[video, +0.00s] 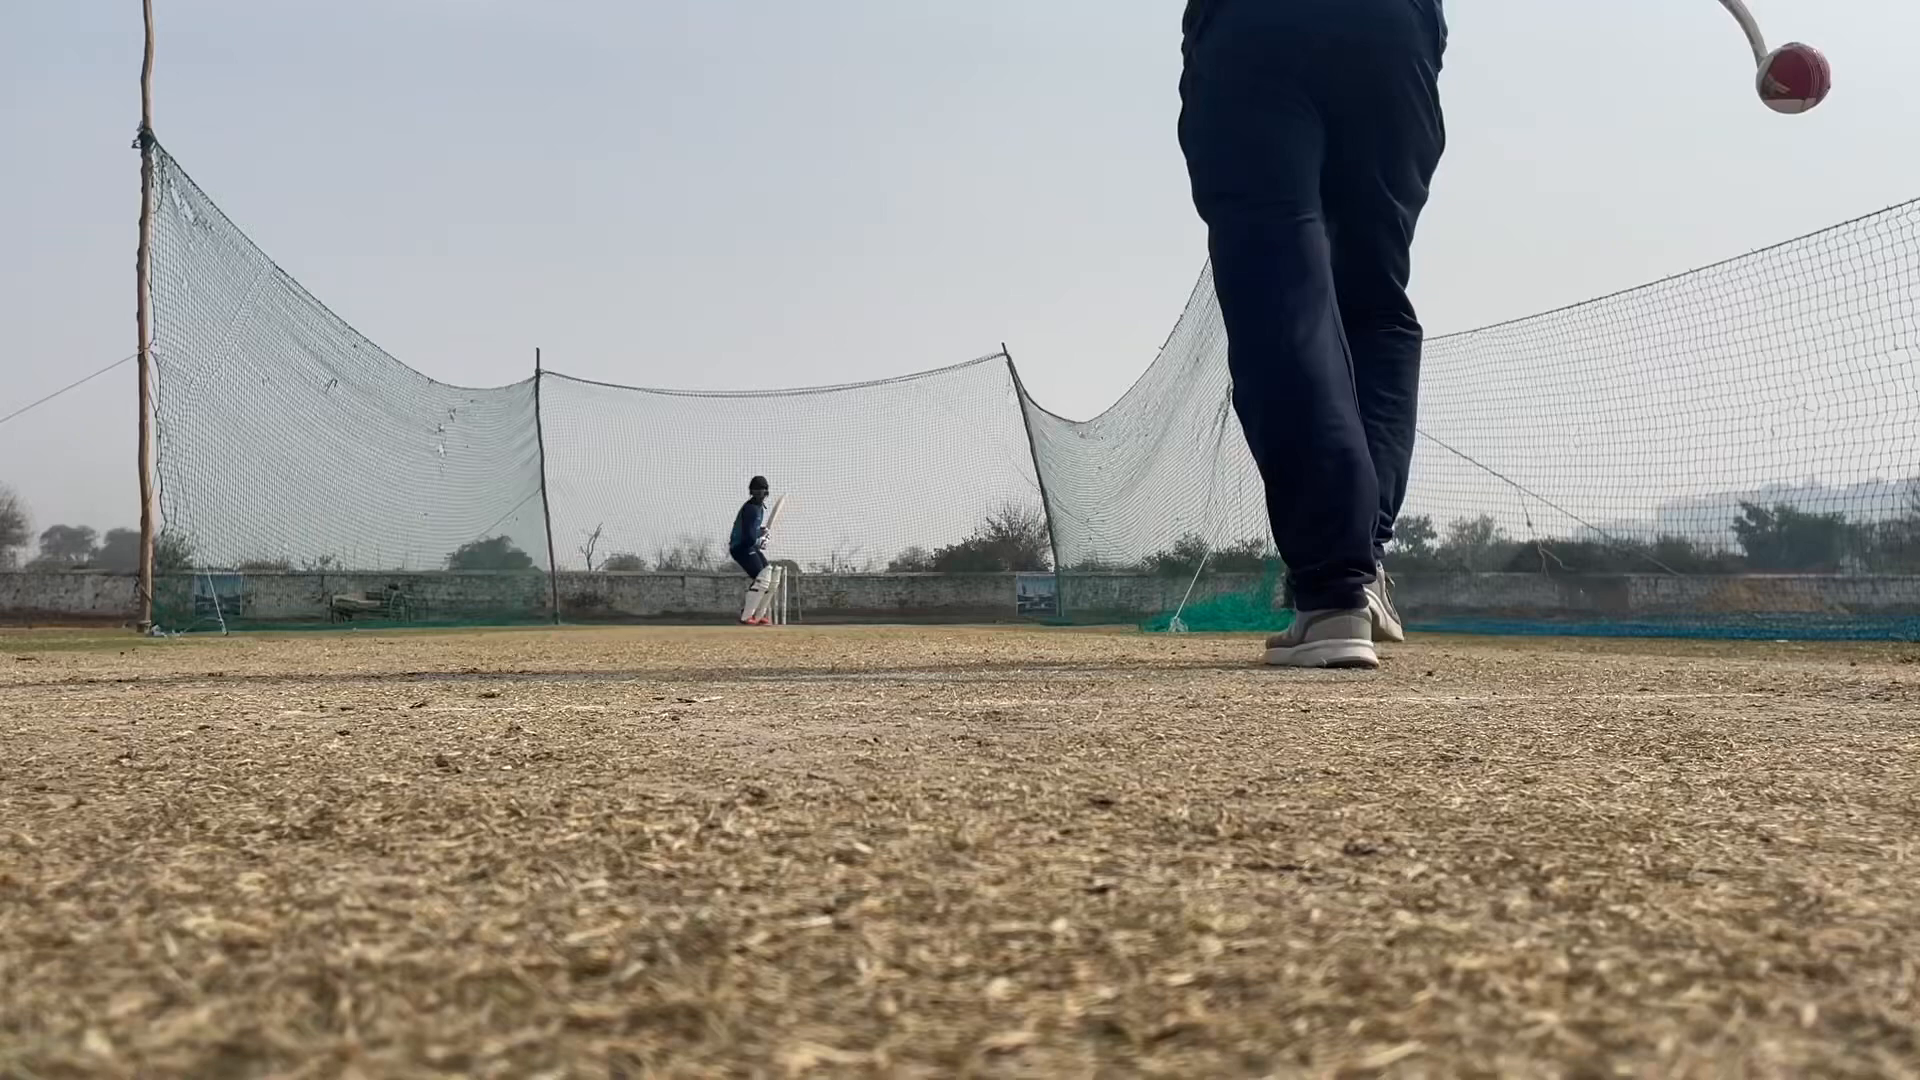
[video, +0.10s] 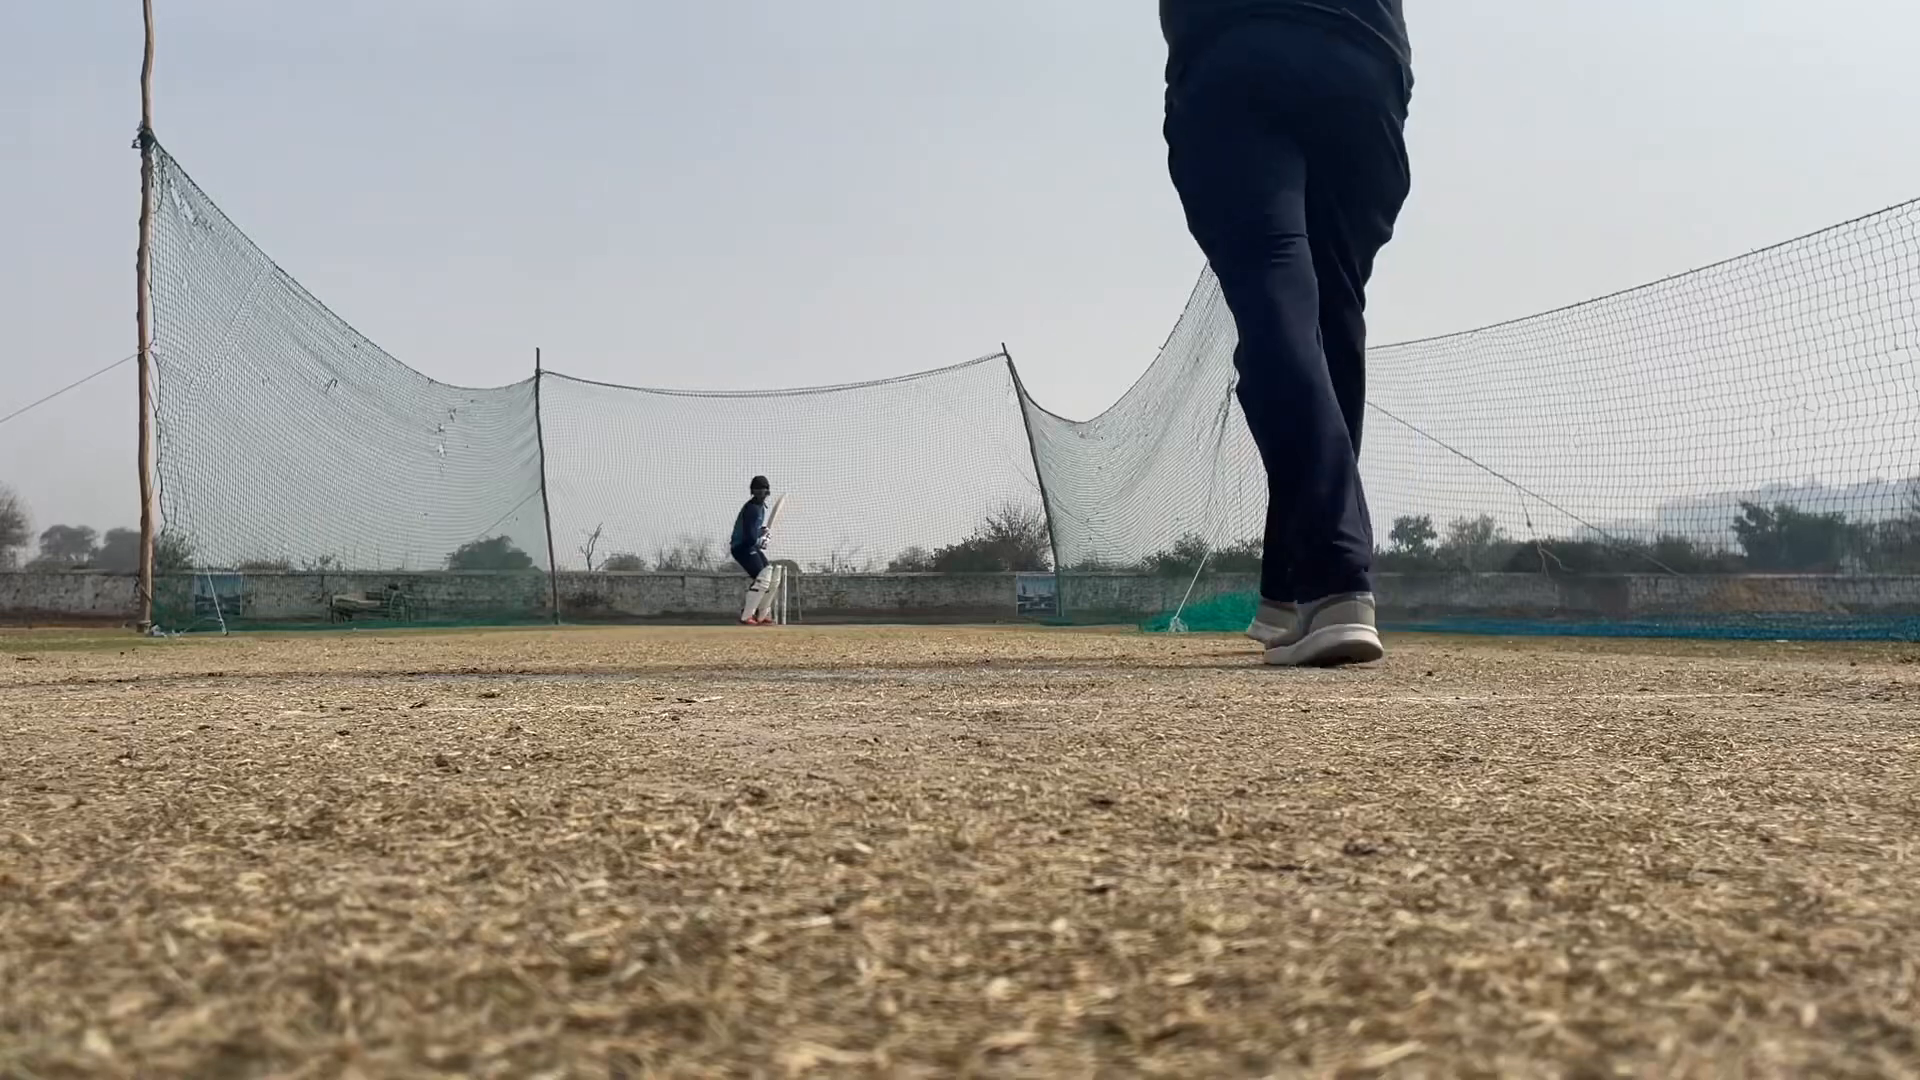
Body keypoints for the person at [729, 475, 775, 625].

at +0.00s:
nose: (761, 493)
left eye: (763, 489)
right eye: (757, 489)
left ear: (767, 491)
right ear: (751, 491)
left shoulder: (760, 508)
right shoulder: (751, 508)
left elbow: (754, 529)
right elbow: (749, 536)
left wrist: (761, 531)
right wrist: (760, 541)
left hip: (750, 546)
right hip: (740, 547)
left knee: (771, 575)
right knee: (763, 576)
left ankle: (759, 615)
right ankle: (747, 616)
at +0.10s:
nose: (763, 493)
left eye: (765, 489)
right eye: (760, 490)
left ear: (768, 491)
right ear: (753, 491)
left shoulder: (761, 508)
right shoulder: (752, 508)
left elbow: (756, 529)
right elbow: (750, 536)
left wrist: (762, 533)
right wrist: (761, 539)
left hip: (751, 546)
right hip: (741, 547)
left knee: (771, 575)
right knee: (763, 576)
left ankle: (762, 615)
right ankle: (747, 615)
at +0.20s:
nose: (765, 492)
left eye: (767, 488)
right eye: (761, 489)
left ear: (769, 490)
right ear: (754, 490)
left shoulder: (762, 507)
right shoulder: (753, 507)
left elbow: (758, 527)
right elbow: (751, 533)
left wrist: (764, 532)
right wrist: (761, 541)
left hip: (753, 546)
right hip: (743, 547)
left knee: (772, 575)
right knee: (763, 576)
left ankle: (763, 616)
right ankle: (747, 615)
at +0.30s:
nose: (767, 491)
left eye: (768, 488)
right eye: (764, 488)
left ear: (770, 490)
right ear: (756, 490)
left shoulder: (764, 507)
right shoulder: (754, 507)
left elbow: (759, 527)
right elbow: (752, 532)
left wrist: (765, 531)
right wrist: (762, 541)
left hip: (754, 545)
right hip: (744, 546)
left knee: (773, 574)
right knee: (765, 575)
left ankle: (763, 615)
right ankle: (750, 614)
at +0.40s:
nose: (766, 491)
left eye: (768, 488)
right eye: (762, 488)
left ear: (771, 490)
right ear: (756, 490)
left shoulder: (764, 507)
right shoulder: (754, 507)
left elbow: (761, 527)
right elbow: (753, 533)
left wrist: (766, 531)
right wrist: (763, 541)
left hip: (755, 545)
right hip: (744, 546)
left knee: (773, 574)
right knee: (766, 575)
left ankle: (764, 615)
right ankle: (752, 616)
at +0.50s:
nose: (768, 492)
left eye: (770, 489)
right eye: (764, 489)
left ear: (772, 491)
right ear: (757, 490)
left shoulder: (765, 508)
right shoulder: (755, 507)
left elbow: (762, 527)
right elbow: (754, 532)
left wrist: (767, 532)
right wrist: (764, 541)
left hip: (755, 545)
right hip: (745, 546)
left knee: (773, 575)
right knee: (766, 576)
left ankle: (764, 615)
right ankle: (752, 616)